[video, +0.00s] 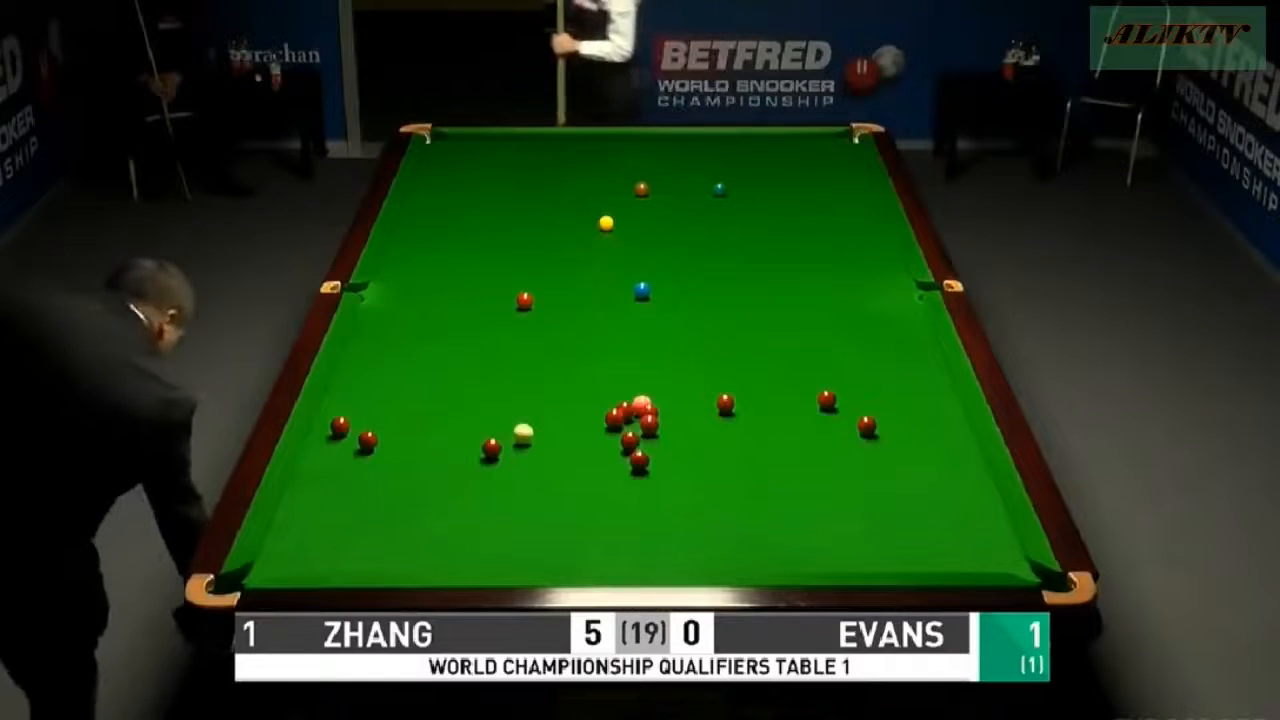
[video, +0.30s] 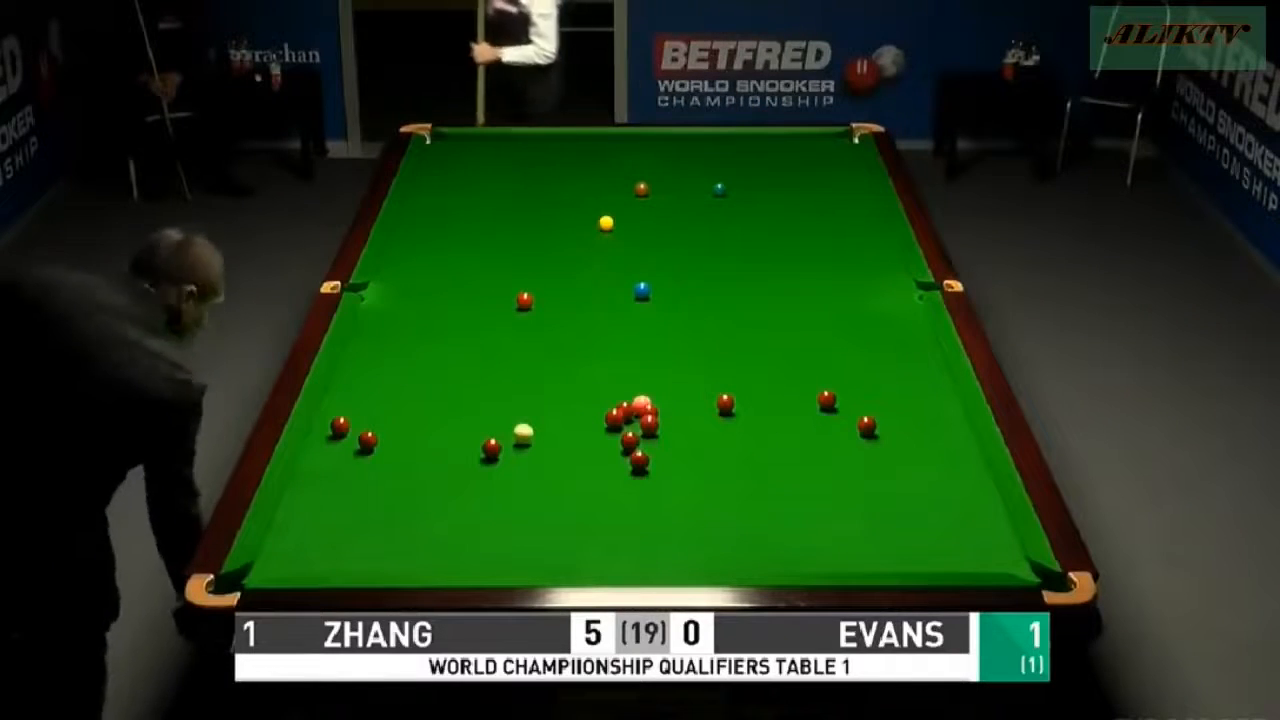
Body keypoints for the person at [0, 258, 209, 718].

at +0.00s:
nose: (172, 346)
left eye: (178, 337)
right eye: (176, 335)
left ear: (113, 294)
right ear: (164, 323)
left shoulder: (28, 316)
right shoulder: (156, 400)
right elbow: (182, 521)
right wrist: (212, 596)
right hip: (45, 580)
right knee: (65, 709)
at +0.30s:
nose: (203, 317)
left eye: (208, 304)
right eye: (205, 303)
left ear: (135, 270)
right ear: (184, 298)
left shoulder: (40, 290)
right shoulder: (167, 386)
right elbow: (174, 516)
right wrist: (202, 601)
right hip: (60, 561)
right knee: (71, 696)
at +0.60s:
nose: (234, 267)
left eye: (235, 256)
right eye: (229, 257)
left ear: (151, 236)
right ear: (193, 257)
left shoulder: (67, 280)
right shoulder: (168, 345)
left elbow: (40, 409)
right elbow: (161, 466)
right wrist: (177, 519)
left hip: (43, 512)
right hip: (113, 545)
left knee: (76, 672)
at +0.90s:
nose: (286, 241)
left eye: (287, 229)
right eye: (279, 230)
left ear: (237, 221)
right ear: (239, 226)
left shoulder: (200, 264)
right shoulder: (179, 276)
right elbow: (220, 362)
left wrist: (228, 427)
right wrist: (313, 410)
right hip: (133, 508)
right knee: (168, 665)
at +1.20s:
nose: (369, 262)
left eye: (369, 249)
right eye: (363, 251)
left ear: (295, 232)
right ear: (331, 256)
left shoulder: (233, 261)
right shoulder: (283, 327)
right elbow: (360, 402)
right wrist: (477, 440)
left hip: (140, 492)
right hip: (173, 516)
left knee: (169, 666)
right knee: (184, 674)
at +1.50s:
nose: (440, 330)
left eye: (441, 316)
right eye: (438, 318)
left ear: (373, 279)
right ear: (413, 318)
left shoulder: (297, 276)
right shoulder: (372, 377)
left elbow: (220, 310)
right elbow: (447, 456)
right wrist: (559, 503)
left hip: (146, 462)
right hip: (197, 504)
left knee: (162, 648)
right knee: (197, 658)